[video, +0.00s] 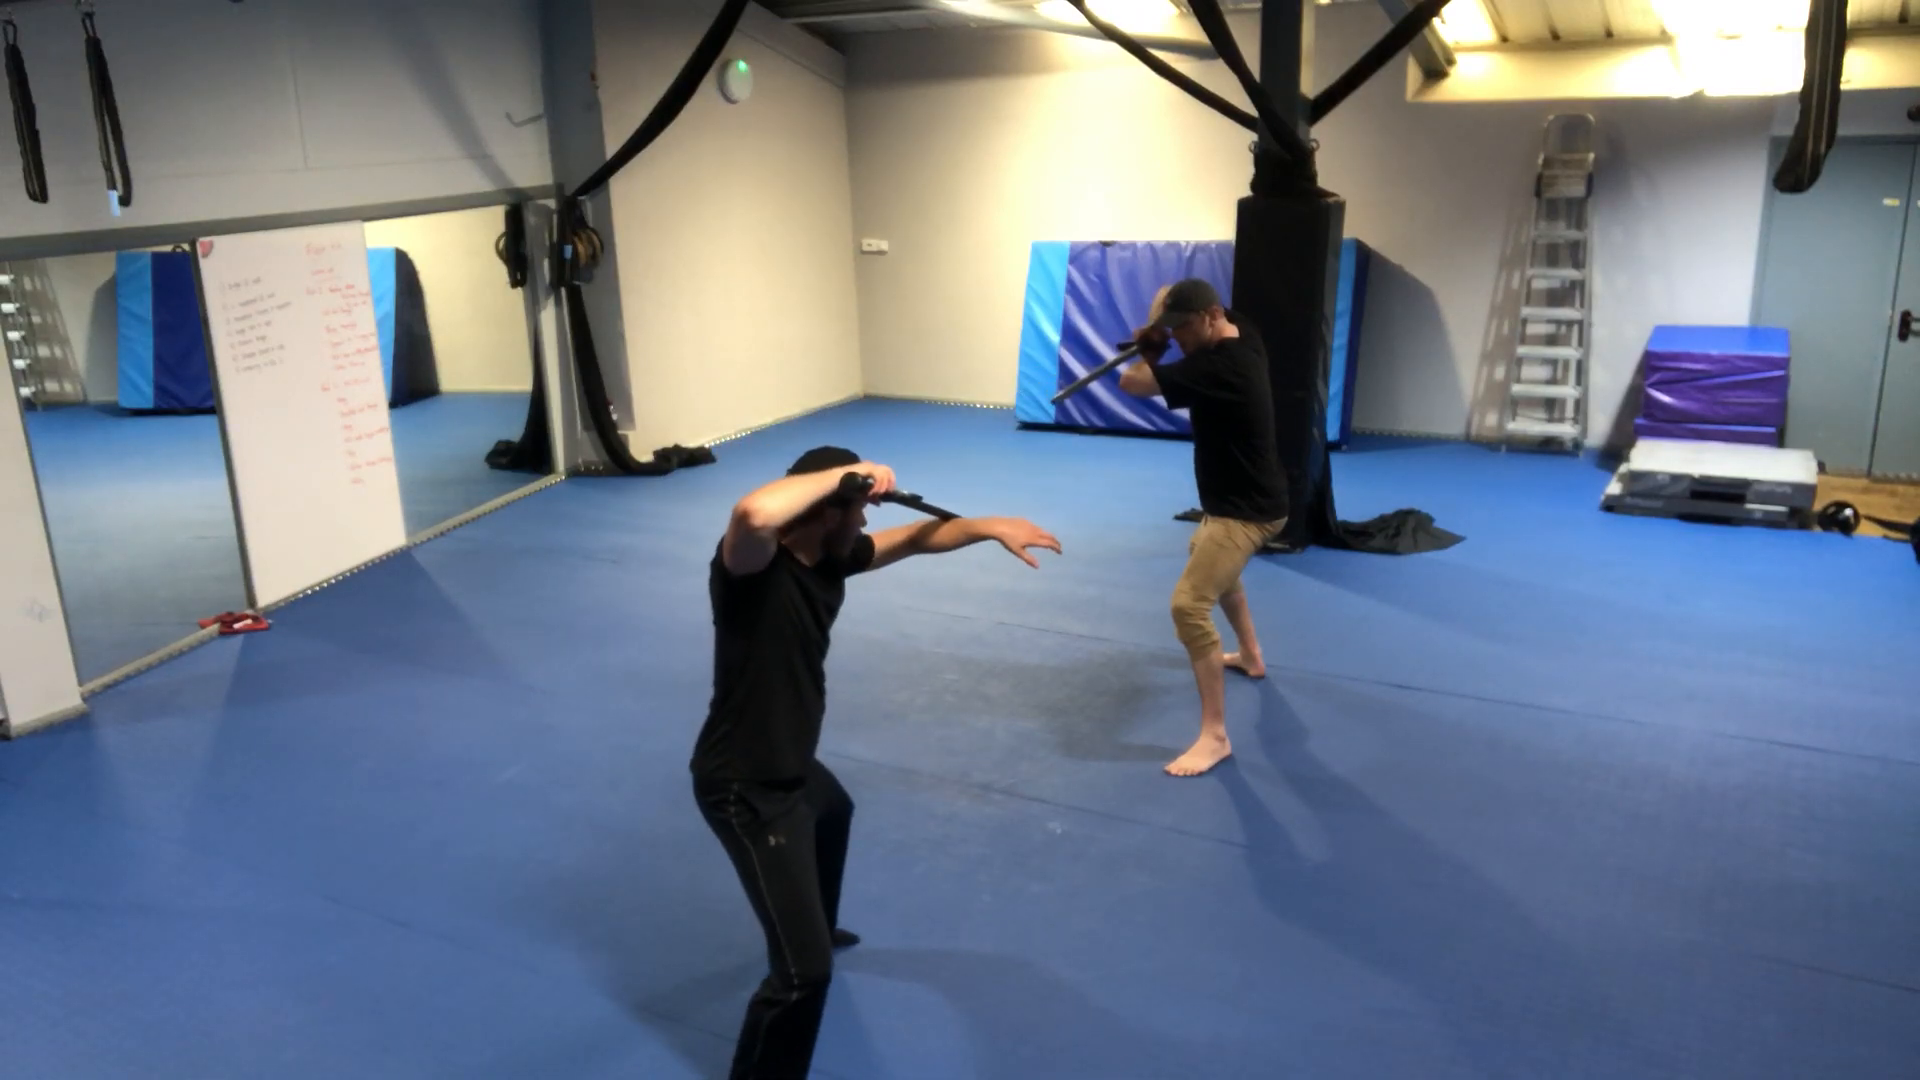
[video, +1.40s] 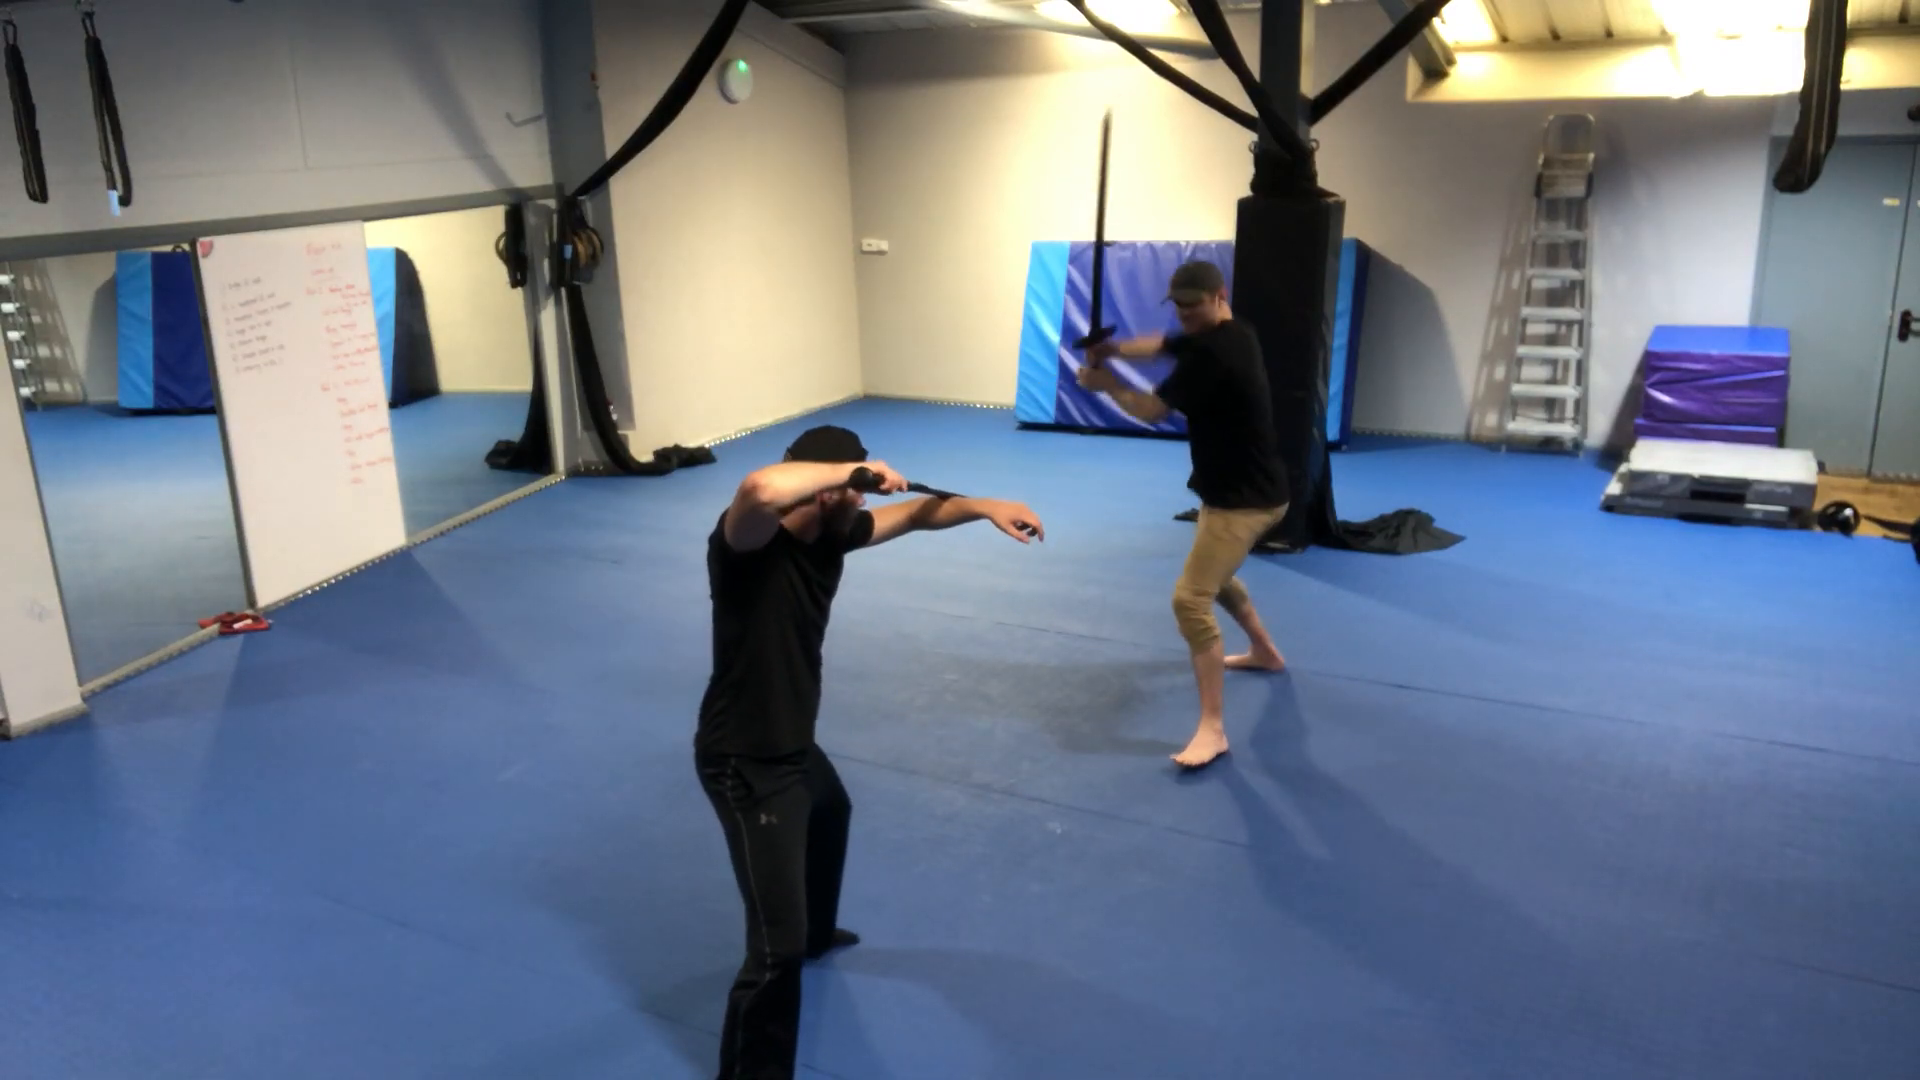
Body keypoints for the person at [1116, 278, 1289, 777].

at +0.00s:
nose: (1179, 342)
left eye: (1183, 334)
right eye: (1176, 334)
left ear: (1210, 319)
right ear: (1213, 318)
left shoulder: (1217, 365)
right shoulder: (1240, 342)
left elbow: (1133, 382)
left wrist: (1152, 352)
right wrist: (1156, 326)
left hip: (1245, 512)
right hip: (1233, 502)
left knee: (1191, 608)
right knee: (1206, 555)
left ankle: (1214, 734)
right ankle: (1250, 653)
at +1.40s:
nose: (1182, 315)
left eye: (1190, 307)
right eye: (1179, 307)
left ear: (1218, 301)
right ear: (1210, 303)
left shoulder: (1210, 352)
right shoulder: (1234, 332)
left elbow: (1150, 411)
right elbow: (1163, 345)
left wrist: (1105, 382)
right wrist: (1112, 349)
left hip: (1240, 501)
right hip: (1244, 491)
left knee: (1191, 603)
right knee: (1213, 575)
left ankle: (1212, 728)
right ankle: (1264, 651)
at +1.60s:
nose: (1187, 316)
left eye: (1197, 307)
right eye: (1180, 307)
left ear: (1221, 306)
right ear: (1172, 308)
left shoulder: (1235, 353)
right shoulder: (1178, 357)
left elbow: (1165, 400)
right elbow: (1143, 410)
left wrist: (1098, 387)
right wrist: (1100, 376)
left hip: (1235, 513)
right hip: (1188, 507)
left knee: (1179, 619)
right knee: (1216, 592)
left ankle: (1204, 730)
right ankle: (1261, 647)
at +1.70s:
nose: (1181, 312)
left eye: (1192, 303)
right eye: (1174, 302)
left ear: (1215, 301)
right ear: (1164, 302)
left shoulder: (1238, 338)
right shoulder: (1158, 356)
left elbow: (1179, 359)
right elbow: (1115, 436)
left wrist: (1097, 358)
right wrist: (1087, 372)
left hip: (1223, 510)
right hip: (1168, 507)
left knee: (1181, 635)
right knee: (1163, 625)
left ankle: (1206, 734)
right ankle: (1229, 630)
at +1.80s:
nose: (1169, 309)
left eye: (1178, 298)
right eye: (1159, 299)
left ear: (1199, 293)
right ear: (1146, 297)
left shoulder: (1225, 329)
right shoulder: (1133, 357)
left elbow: (1193, 344)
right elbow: (1114, 433)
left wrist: (1097, 345)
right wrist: (1084, 367)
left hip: (1213, 508)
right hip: (1149, 507)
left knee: (1190, 646)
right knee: (1122, 637)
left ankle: (1208, 732)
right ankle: (1173, 675)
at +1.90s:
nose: (1147, 306)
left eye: (1156, 295)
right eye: (1137, 296)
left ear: (1176, 290)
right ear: (1124, 295)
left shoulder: (1201, 325)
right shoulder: (1110, 352)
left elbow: (1196, 349)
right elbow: (1111, 442)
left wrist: (1105, 364)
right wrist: (1082, 381)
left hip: (1194, 518)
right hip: (1126, 518)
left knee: (1194, 653)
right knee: (1091, 645)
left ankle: (1205, 735)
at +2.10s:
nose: (1096, 332)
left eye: (1107, 322)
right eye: (1087, 322)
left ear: (1128, 317)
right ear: (1074, 320)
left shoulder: (1154, 361)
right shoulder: (1058, 384)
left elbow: (1168, 402)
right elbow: (1069, 475)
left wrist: (1120, 425)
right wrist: (1074, 447)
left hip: (1151, 557)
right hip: (1083, 561)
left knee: (1180, 682)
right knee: (1067, 696)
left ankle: (1155, 735)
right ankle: (1022, 797)